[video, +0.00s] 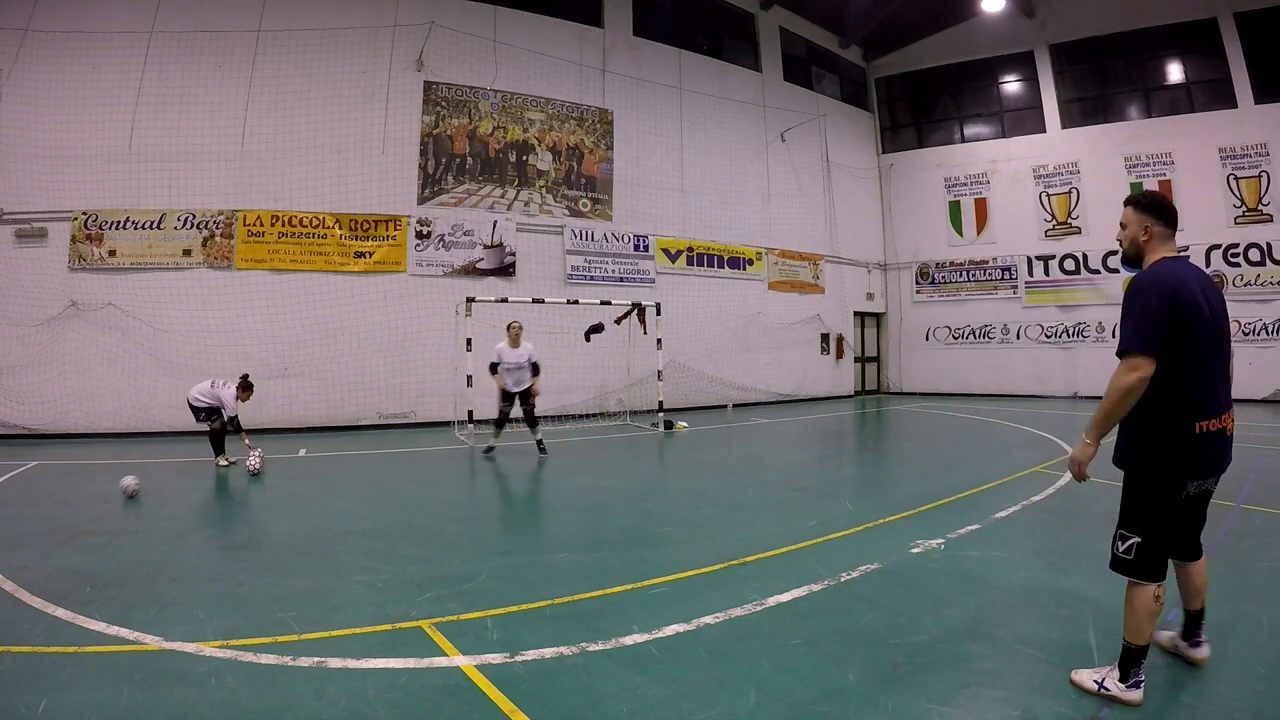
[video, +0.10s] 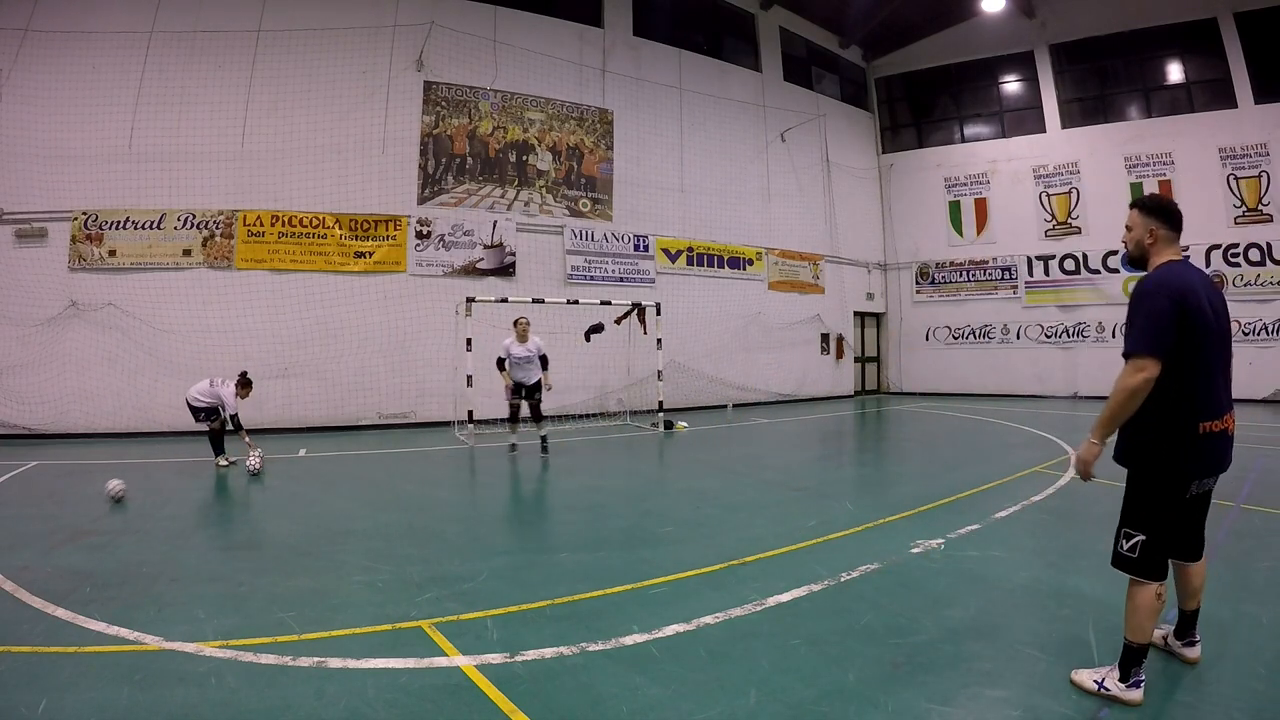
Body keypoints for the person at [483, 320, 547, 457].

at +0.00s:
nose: (517, 331)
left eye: (519, 328)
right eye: (514, 328)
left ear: (522, 332)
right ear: (508, 332)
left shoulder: (528, 348)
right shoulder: (500, 348)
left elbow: (535, 367)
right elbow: (493, 367)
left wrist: (535, 383)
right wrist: (499, 382)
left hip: (526, 386)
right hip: (508, 387)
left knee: (530, 417)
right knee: (502, 418)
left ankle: (540, 442)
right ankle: (492, 444)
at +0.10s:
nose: (524, 326)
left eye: (526, 324)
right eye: (521, 324)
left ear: (529, 328)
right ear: (515, 328)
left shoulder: (535, 342)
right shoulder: (508, 344)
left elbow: (543, 360)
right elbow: (500, 362)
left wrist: (546, 380)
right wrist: (507, 379)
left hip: (534, 382)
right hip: (516, 382)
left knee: (535, 412)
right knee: (513, 413)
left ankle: (543, 438)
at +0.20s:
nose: (531, 329)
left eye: (533, 327)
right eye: (528, 327)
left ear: (536, 330)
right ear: (522, 330)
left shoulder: (543, 343)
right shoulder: (515, 345)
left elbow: (550, 362)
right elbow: (506, 362)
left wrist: (553, 382)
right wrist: (510, 382)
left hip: (541, 383)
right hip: (523, 383)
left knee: (545, 412)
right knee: (524, 414)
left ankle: (554, 436)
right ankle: (525, 444)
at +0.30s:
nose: (539, 337)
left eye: (541, 334)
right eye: (536, 334)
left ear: (544, 337)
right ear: (530, 337)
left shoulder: (550, 352)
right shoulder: (522, 353)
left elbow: (558, 369)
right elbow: (514, 367)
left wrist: (561, 388)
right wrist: (513, 387)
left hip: (549, 387)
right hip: (530, 388)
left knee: (557, 414)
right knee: (530, 416)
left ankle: (569, 436)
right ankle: (527, 446)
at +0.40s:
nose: (550, 342)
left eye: (552, 339)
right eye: (547, 340)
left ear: (555, 342)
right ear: (541, 342)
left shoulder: (561, 356)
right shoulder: (534, 356)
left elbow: (570, 371)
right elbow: (524, 368)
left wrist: (572, 390)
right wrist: (520, 385)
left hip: (560, 387)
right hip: (540, 387)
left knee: (568, 414)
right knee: (537, 416)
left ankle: (582, 437)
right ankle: (528, 445)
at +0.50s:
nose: (562, 341)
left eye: (564, 339)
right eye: (559, 339)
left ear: (567, 341)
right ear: (554, 342)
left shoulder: (574, 354)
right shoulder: (546, 355)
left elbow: (583, 370)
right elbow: (535, 367)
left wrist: (584, 389)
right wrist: (529, 385)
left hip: (572, 387)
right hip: (553, 387)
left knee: (577, 415)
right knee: (547, 416)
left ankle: (586, 442)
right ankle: (534, 444)